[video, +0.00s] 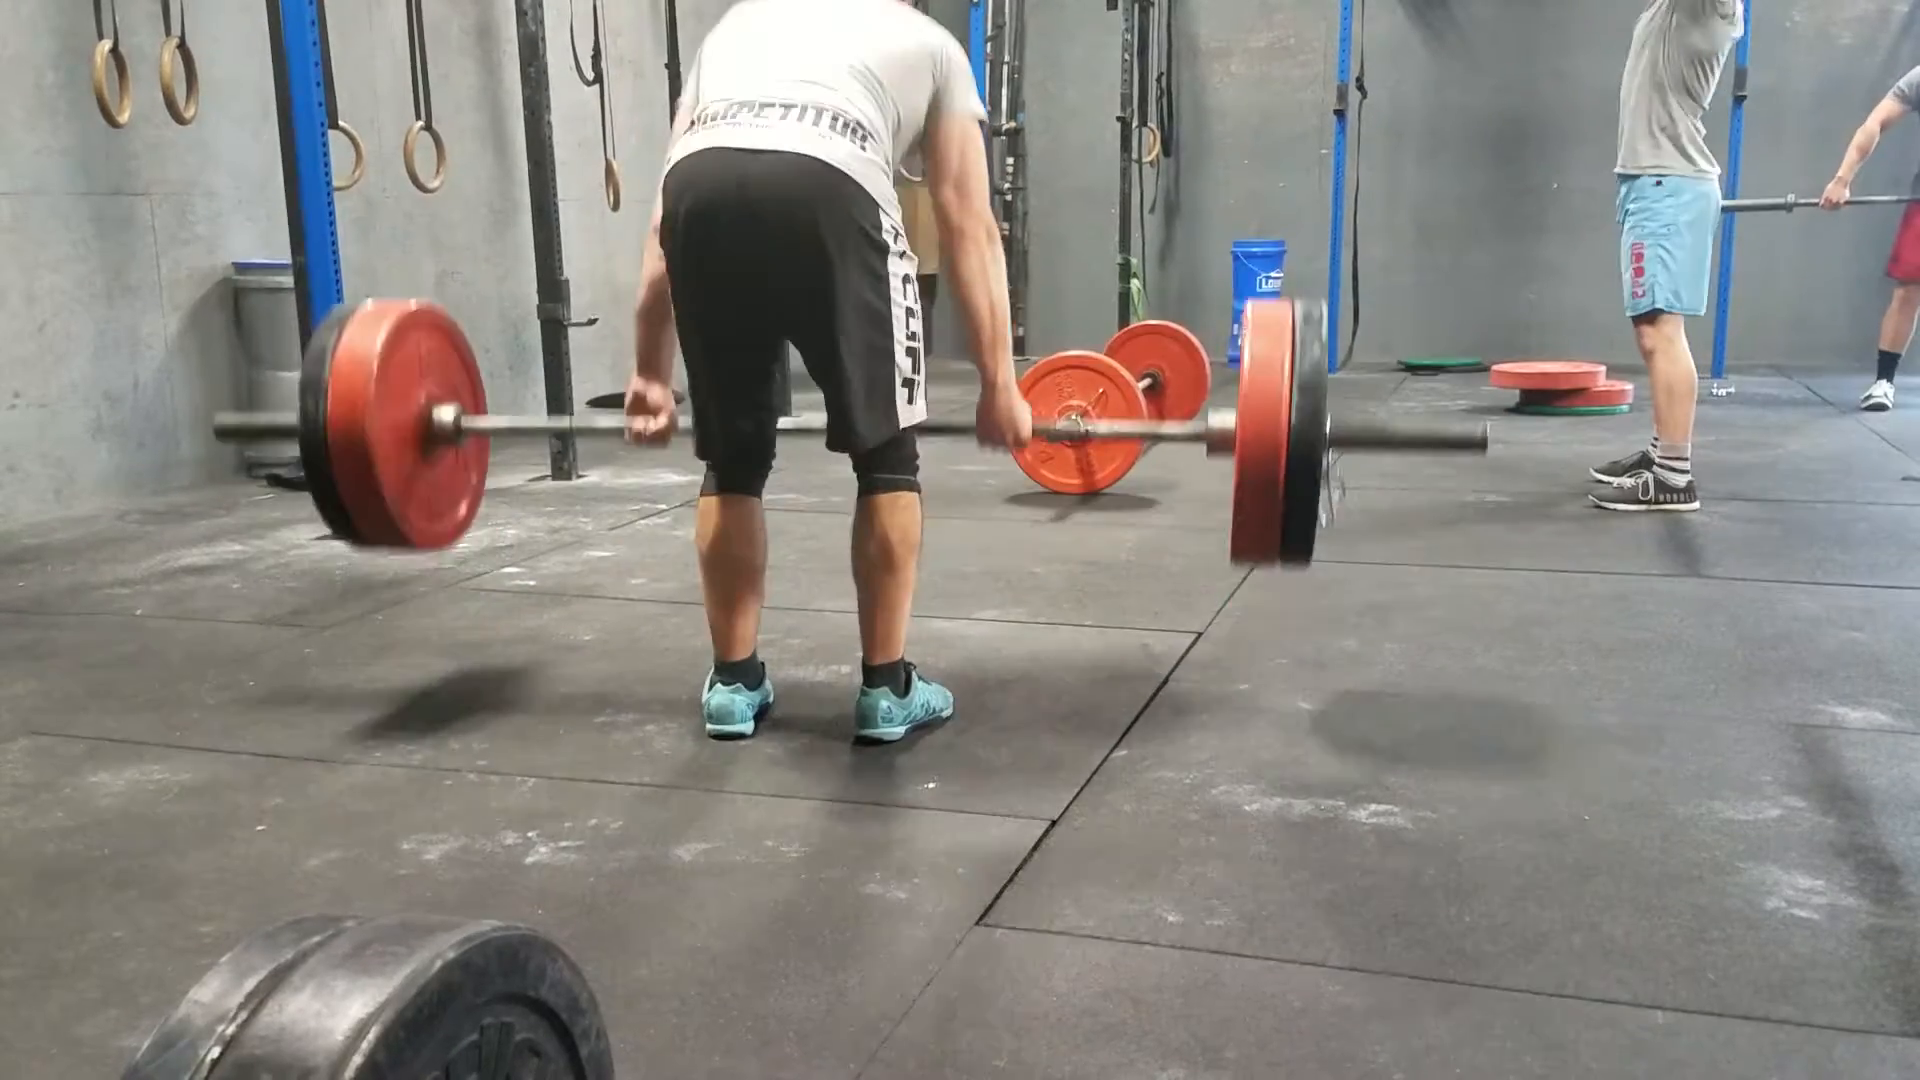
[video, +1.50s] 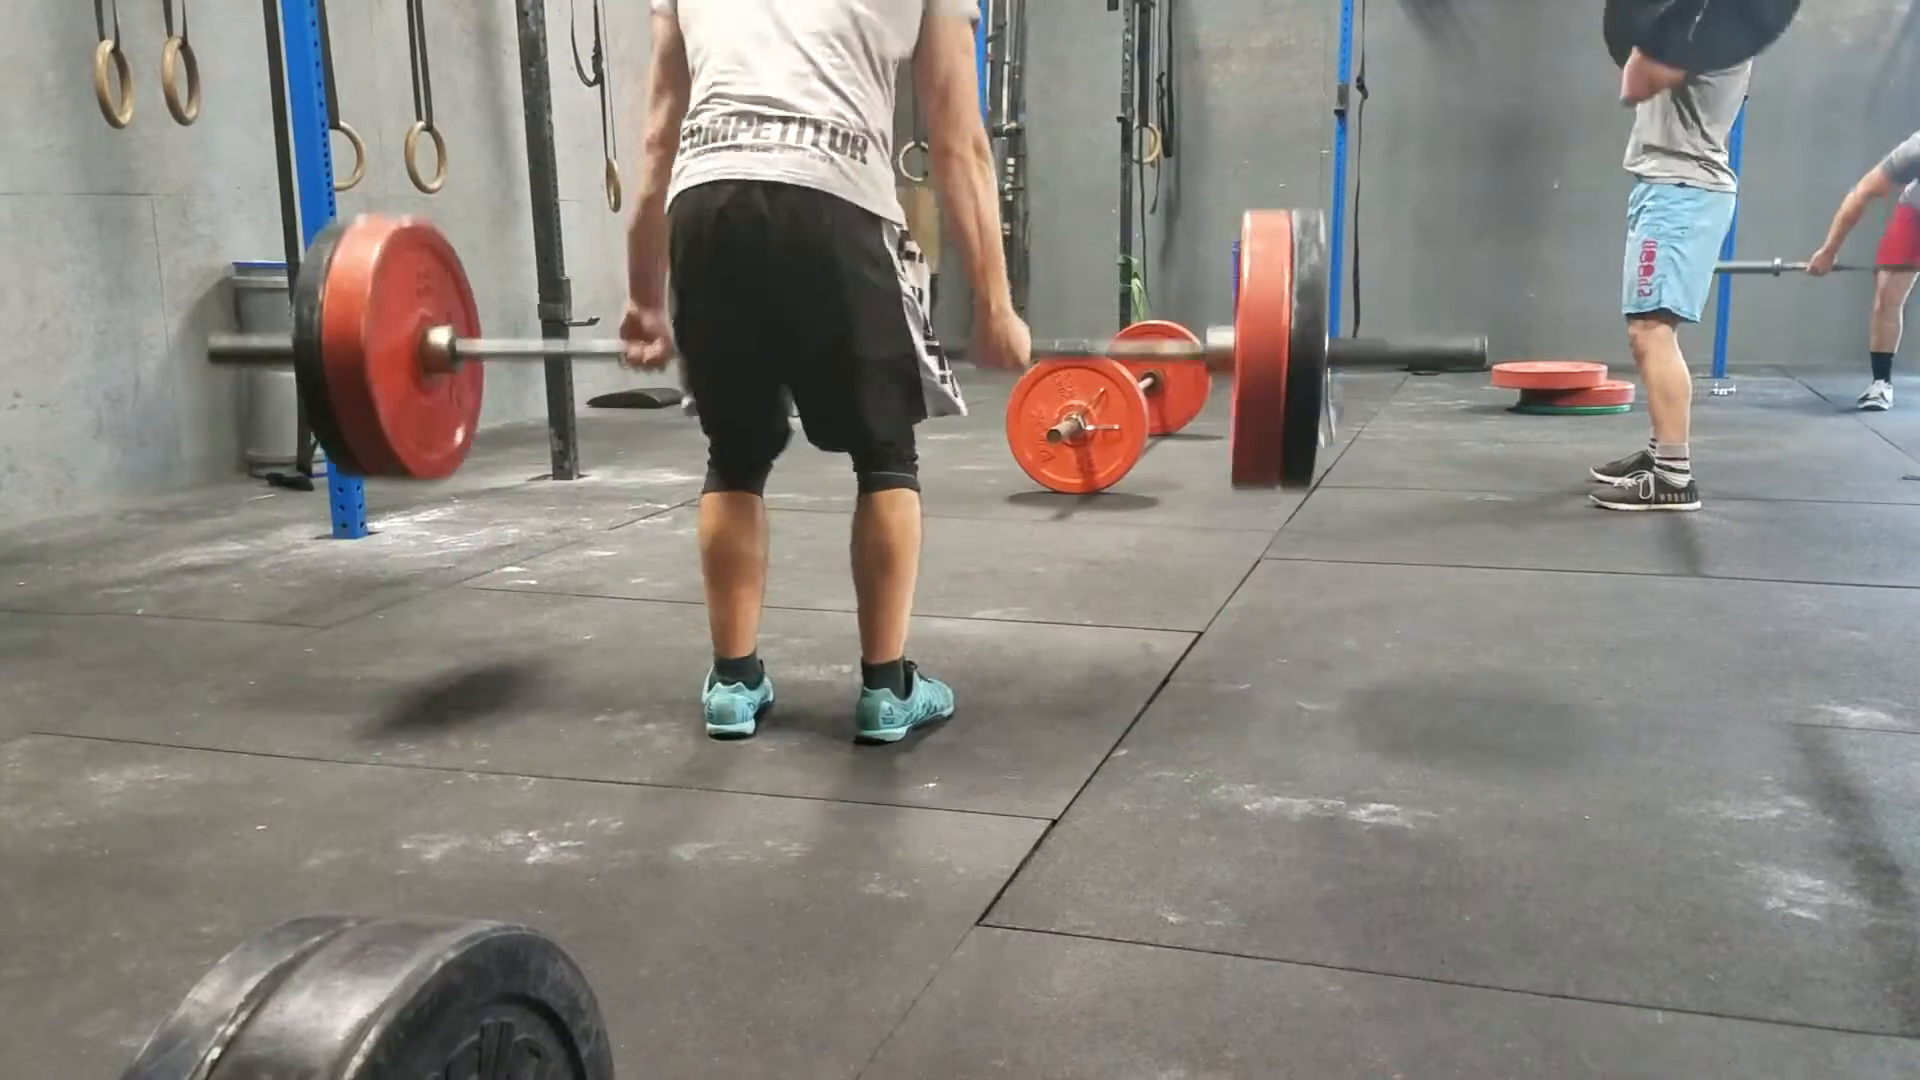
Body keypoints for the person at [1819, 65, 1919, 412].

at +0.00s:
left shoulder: (1915, 79)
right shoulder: (1918, 77)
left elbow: (1876, 123)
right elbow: (1876, 122)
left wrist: (1842, 178)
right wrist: (1842, 178)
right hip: (1919, 203)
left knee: (1909, 290)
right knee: (1909, 289)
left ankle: (1883, 381)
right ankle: (1883, 382)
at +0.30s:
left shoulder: (1914, 90)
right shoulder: (1916, 89)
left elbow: (1870, 136)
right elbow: (1870, 136)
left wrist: (1831, 195)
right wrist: (1831, 193)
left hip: (1913, 209)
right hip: (1915, 208)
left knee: (1902, 290)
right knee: (1902, 287)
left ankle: (1882, 382)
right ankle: (1881, 382)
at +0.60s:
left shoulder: (1912, 136)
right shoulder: (1914, 135)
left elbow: (1863, 186)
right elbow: (1863, 185)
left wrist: (1823, 241)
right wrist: (1824, 241)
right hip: (1915, 204)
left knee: (1895, 289)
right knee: (1893, 288)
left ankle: (1881, 383)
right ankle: (1880, 383)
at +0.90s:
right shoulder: (1911, 184)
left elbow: (1857, 235)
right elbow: (1857, 235)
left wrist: (1820, 290)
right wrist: (1820, 289)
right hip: (1912, 221)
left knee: (1887, 297)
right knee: (1884, 296)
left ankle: (1878, 383)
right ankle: (1878, 384)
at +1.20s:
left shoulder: (1911, 203)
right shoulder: (1913, 204)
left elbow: (1858, 255)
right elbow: (1859, 255)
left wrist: (1821, 311)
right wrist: (1822, 310)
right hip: (1913, 237)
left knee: (1889, 288)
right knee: (1886, 286)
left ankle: (1880, 384)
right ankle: (1879, 385)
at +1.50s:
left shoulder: (1913, 149)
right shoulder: (1915, 148)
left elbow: (1861, 193)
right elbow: (1862, 192)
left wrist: (1828, 251)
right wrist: (1828, 250)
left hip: (1913, 209)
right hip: (1914, 208)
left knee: (1891, 294)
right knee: (1888, 293)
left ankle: (1881, 383)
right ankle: (1881, 383)